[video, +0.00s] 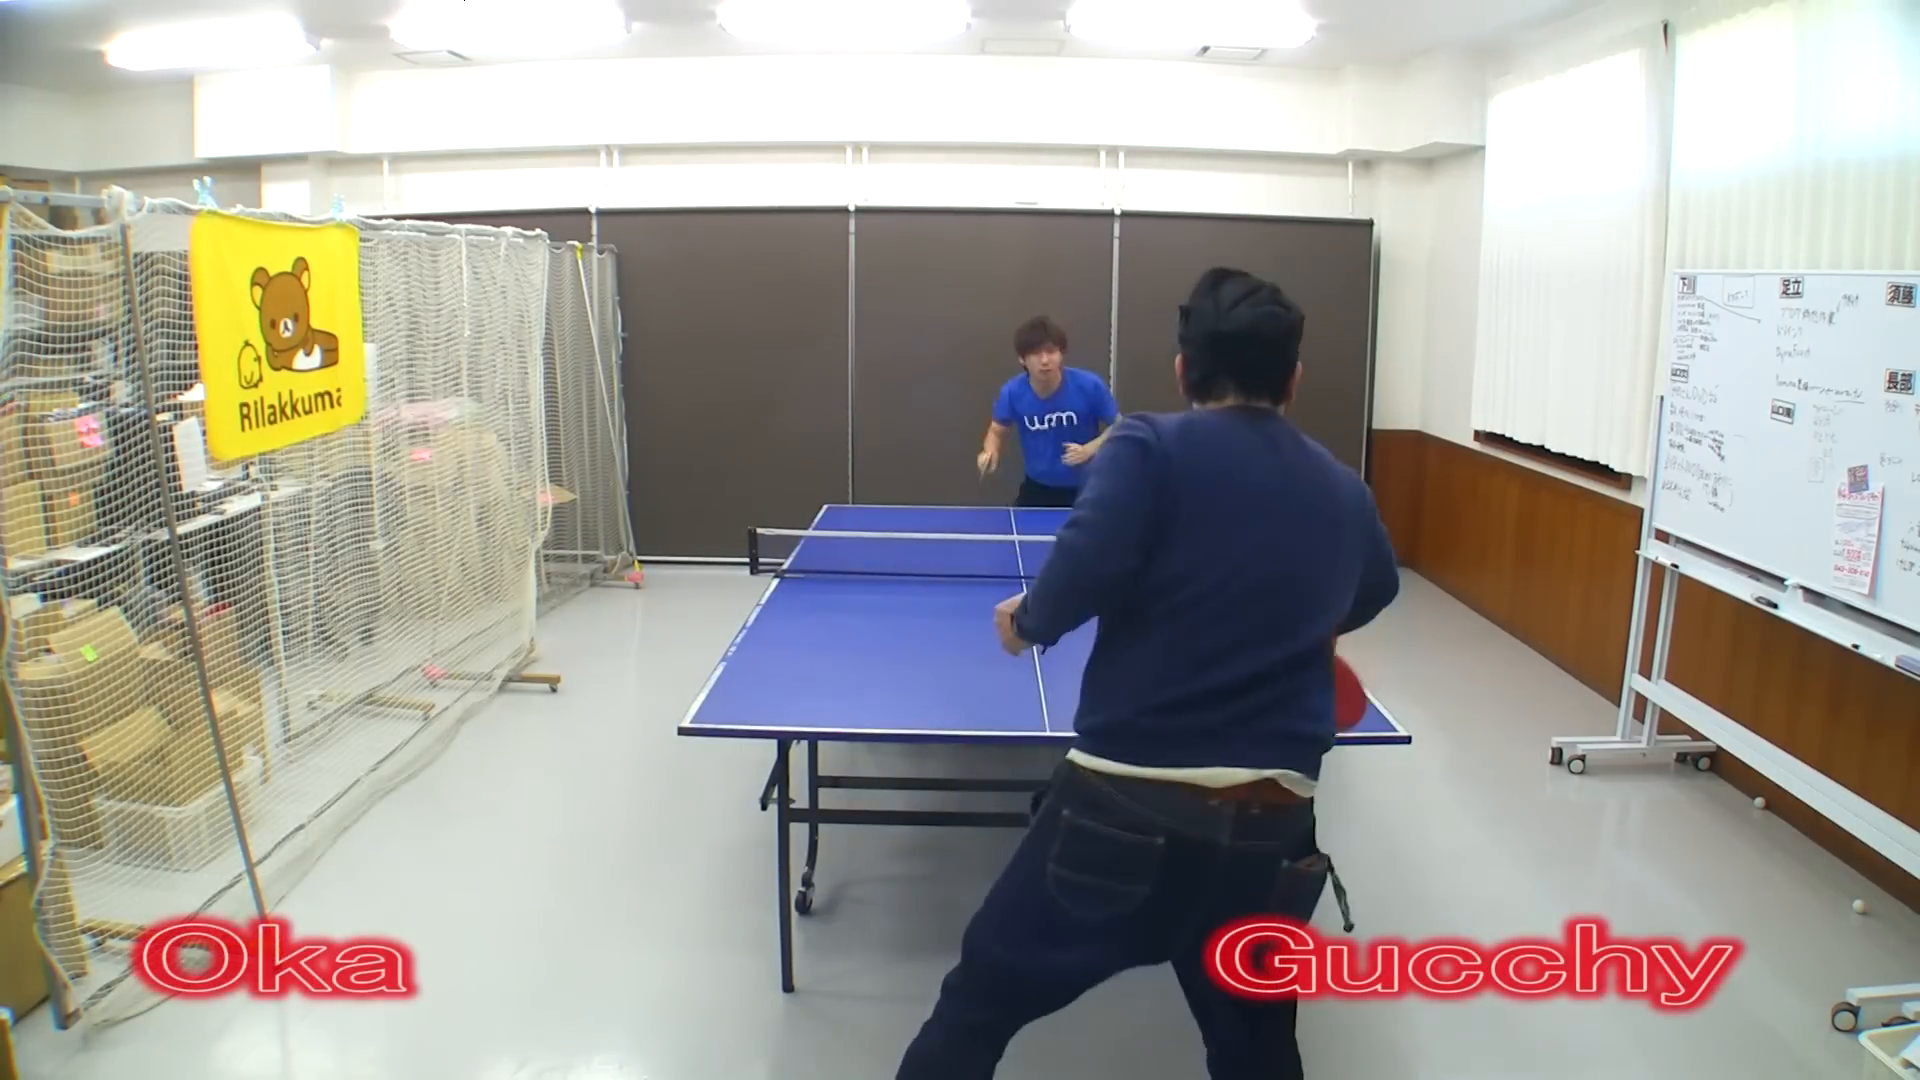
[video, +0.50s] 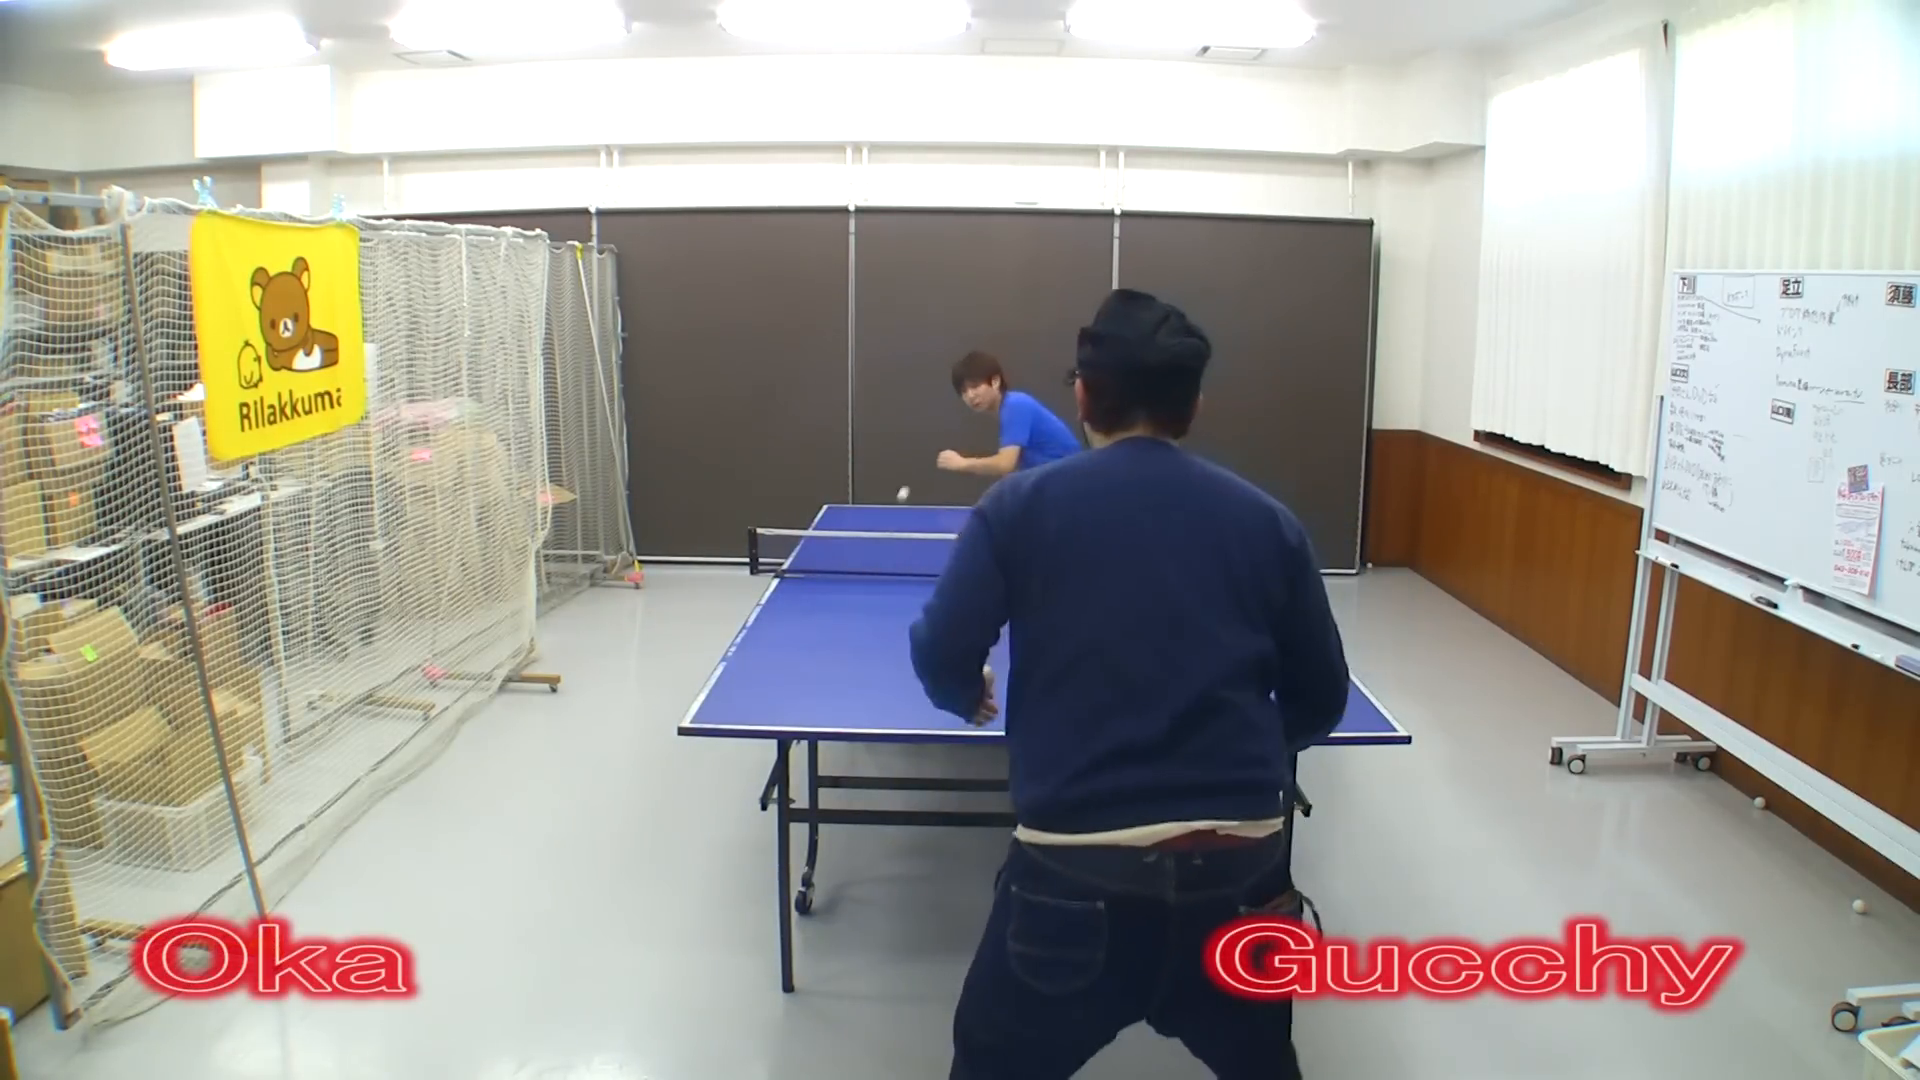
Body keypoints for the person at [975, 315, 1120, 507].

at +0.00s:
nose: (1045, 360)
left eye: (1051, 351)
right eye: (1036, 353)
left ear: (1062, 354)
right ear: (1023, 360)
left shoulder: (1089, 386)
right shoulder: (1013, 393)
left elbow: (1118, 426)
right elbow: (997, 430)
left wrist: (1088, 450)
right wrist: (991, 450)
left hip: (1082, 491)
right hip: (1036, 491)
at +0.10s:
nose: (1033, 376)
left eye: (1040, 367)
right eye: (1025, 369)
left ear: (1052, 370)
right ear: (1014, 377)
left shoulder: (1078, 402)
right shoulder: (1013, 411)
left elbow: (1115, 440)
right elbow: (1009, 447)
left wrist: (1072, 462)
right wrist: (997, 477)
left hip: (1086, 503)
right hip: (1043, 503)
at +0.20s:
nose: (1021, 387)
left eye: (1026, 376)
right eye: (1012, 381)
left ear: (1042, 380)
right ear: (1004, 391)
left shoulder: (1068, 411)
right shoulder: (1016, 421)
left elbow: (1093, 460)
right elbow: (1028, 459)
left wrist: (1037, 474)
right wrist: (1010, 495)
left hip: (1082, 504)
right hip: (1047, 504)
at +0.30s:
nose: (1003, 385)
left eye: (1009, 376)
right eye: (995, 380)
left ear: (1025, 377)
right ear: (989, 388)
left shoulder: (1050, 404)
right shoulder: (1015, 418)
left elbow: (1063, 458)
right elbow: (1041, 458)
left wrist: (1008, 468)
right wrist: (1023, 493)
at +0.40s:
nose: (986, 387)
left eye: (991, 377)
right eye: (978, 382)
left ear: (1009, 375)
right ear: (973, 388)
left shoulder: (1032, 402)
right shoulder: (1014, 411)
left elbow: (1031, 458)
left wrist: (983, 463)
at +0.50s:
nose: (971, 396)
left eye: (975, 386)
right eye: (964, 391)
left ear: (995, 382)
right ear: (961, 398)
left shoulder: (1016, 405)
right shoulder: (1009, 409)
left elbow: (1005, 464)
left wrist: (962, 464)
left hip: (1068, 479)